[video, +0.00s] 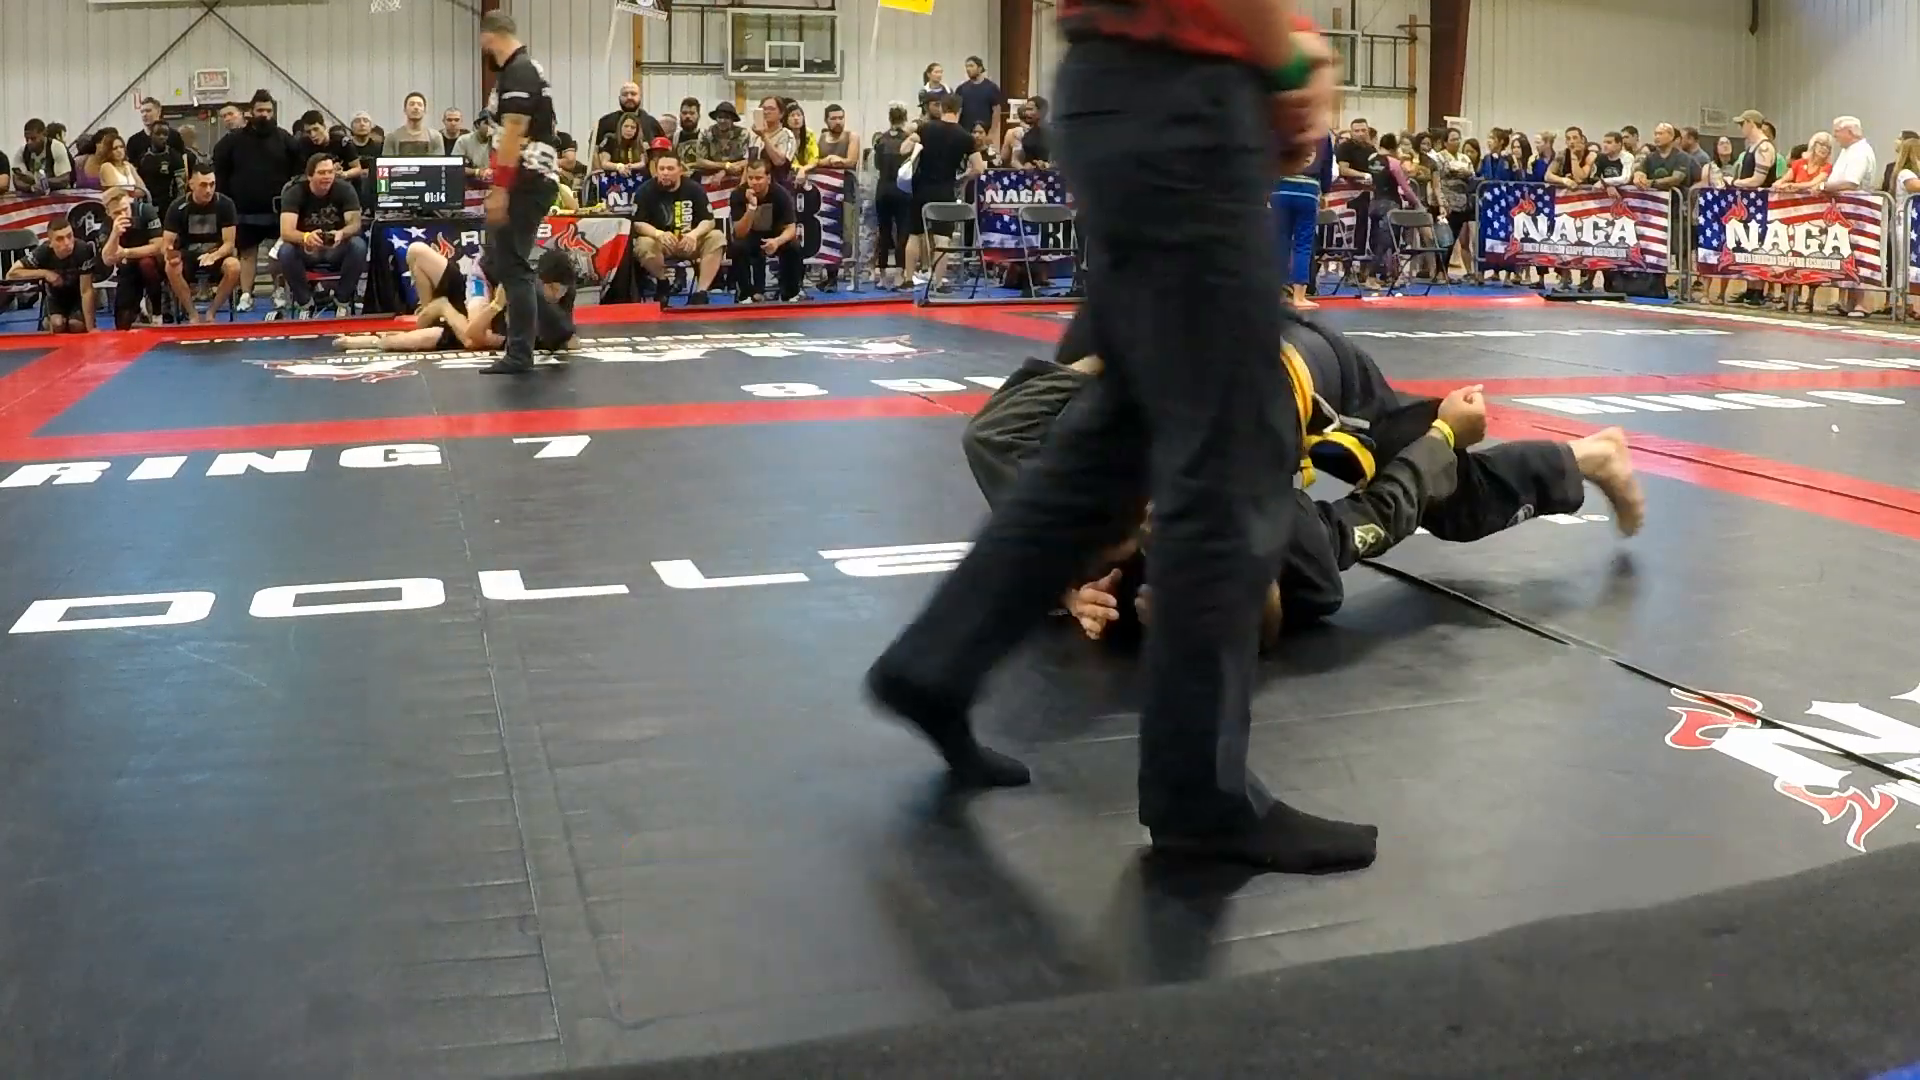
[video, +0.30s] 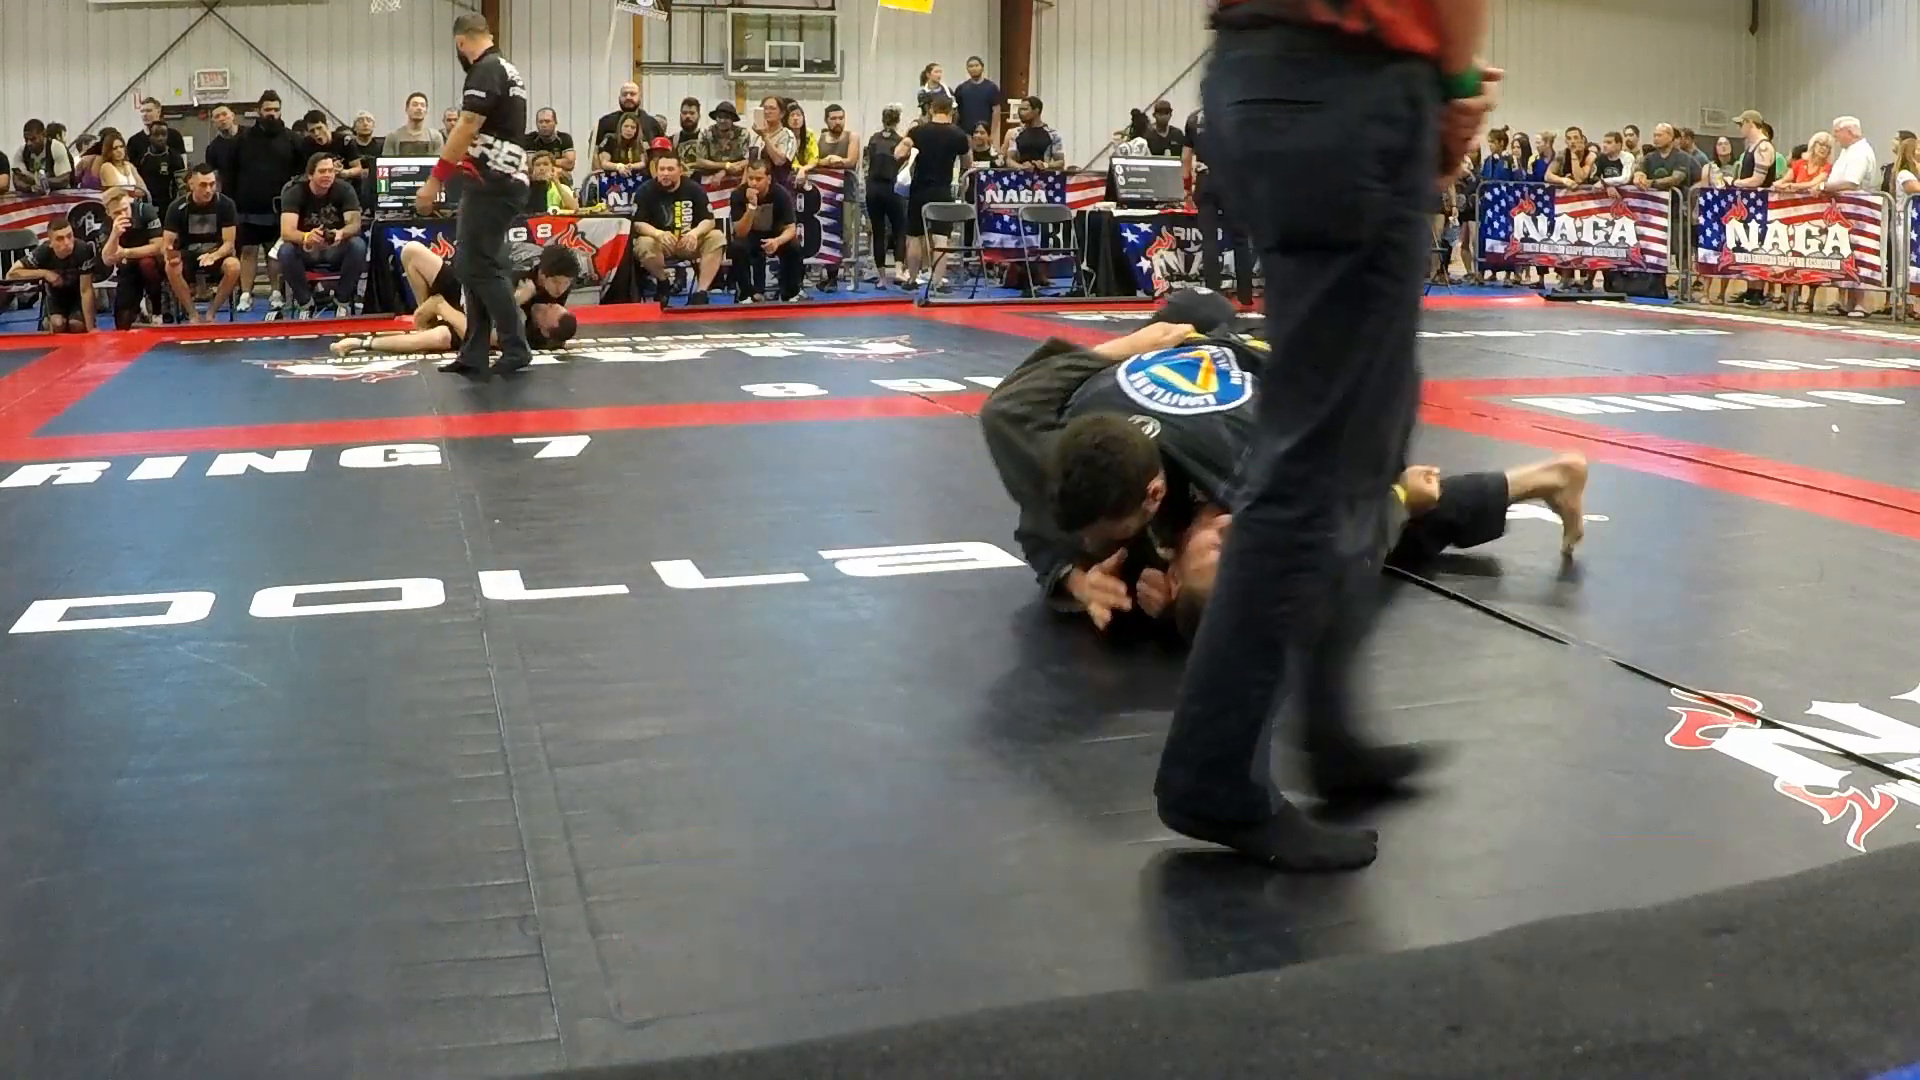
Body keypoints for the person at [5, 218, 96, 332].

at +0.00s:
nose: (67, 243)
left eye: (69, 237)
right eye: (60, 239)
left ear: (73, 235)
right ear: (50, 241)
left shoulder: (83, 249)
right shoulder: (44, 251)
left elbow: (86, 290)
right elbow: (12, 274)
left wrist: (91, 328)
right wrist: (44, 273)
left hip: (78, 293)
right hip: (55, 293)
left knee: (76, 325)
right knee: (58, 323)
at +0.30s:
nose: (67, 243)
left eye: (69, 237)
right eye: (60, 239)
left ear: (73, 235)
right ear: (50, 241)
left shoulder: (83, 250)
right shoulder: (44, 251)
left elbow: (86, 290)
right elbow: (12, 274)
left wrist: (91, 328)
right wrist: (44, 273)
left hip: (78, 291)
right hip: (55, 292)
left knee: (76, 325)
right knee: (58, 324)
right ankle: (46, 323)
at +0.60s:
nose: (67, 243)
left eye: (69, 236)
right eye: (60, 239)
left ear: (73, 235)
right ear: (50, 241)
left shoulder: (83, 250)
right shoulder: (44, 251)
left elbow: (86, 290)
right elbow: (12, 274)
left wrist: (91, 328)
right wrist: (44, 273)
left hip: (78, 292)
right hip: (55, 292)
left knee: (76, 324)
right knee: (58, 323)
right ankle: (46, 323)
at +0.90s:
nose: (67, 243)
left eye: (69, 236)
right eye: (60, 239)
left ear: (73, 235)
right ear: (50, 240)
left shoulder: (83, 249)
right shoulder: (44, 251)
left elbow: (86, 290)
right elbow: (12, 273)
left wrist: (91, 327)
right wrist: (44, 273)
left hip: (77, 292)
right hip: (55, 292)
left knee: (77, 324)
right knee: (58, 323)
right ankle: (46, 323)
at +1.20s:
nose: (67, 243)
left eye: (69, 237)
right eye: (60, 239)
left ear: (73, 235)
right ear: (50, 240)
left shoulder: (83, 249)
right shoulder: (44, 251)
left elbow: (86, 290)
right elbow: (12, 273)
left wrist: (91, 327)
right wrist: (44, 274)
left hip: (77, 291)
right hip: (55, 291)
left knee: (77, 324)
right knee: (58, 323)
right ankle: (46, 323)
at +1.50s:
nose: (67, 243)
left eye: (69, 237)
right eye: (60, 239)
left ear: (73, 235)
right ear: (50, 240)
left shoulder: (83, 249)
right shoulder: (44, 251)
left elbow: (86, 290)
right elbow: (12, 273)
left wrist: (91, 328)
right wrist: (44, 273)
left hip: (78, 292)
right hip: (55, 292)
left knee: (76, 324)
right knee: (57, 323)